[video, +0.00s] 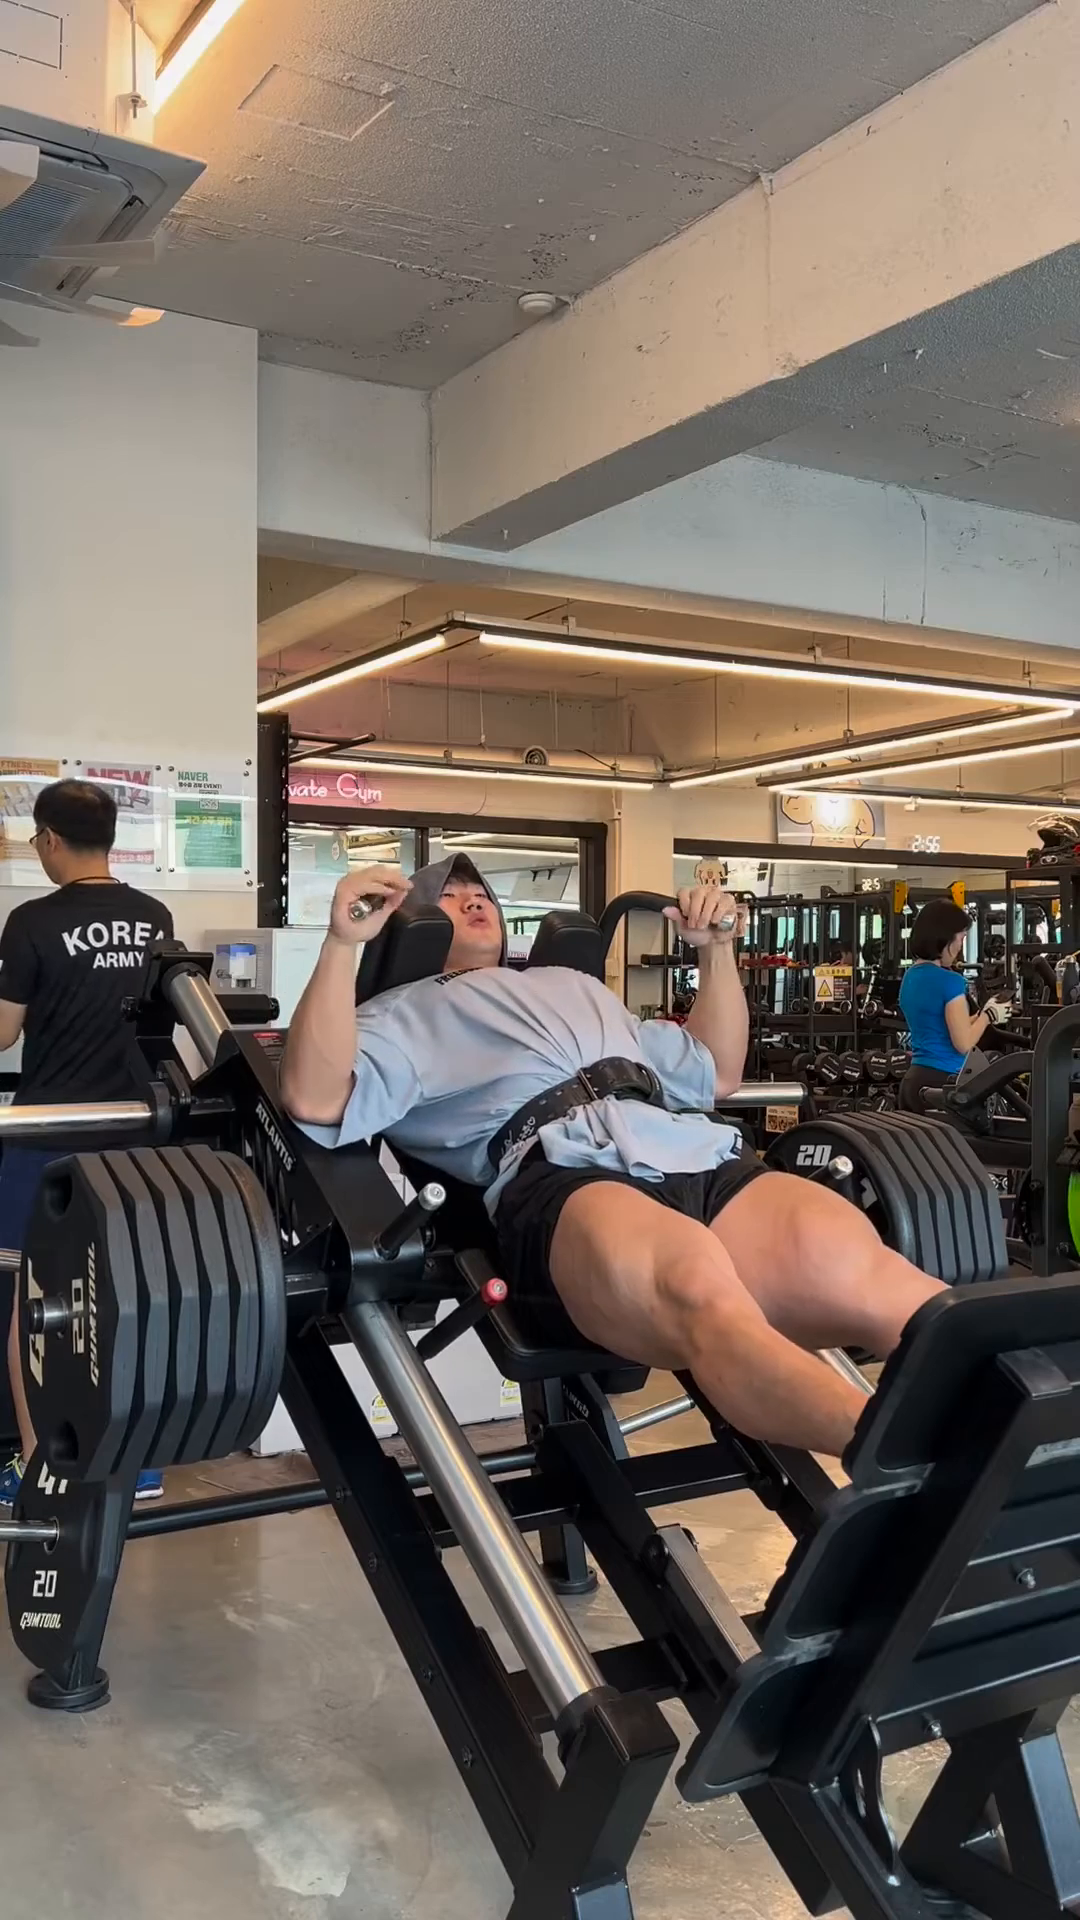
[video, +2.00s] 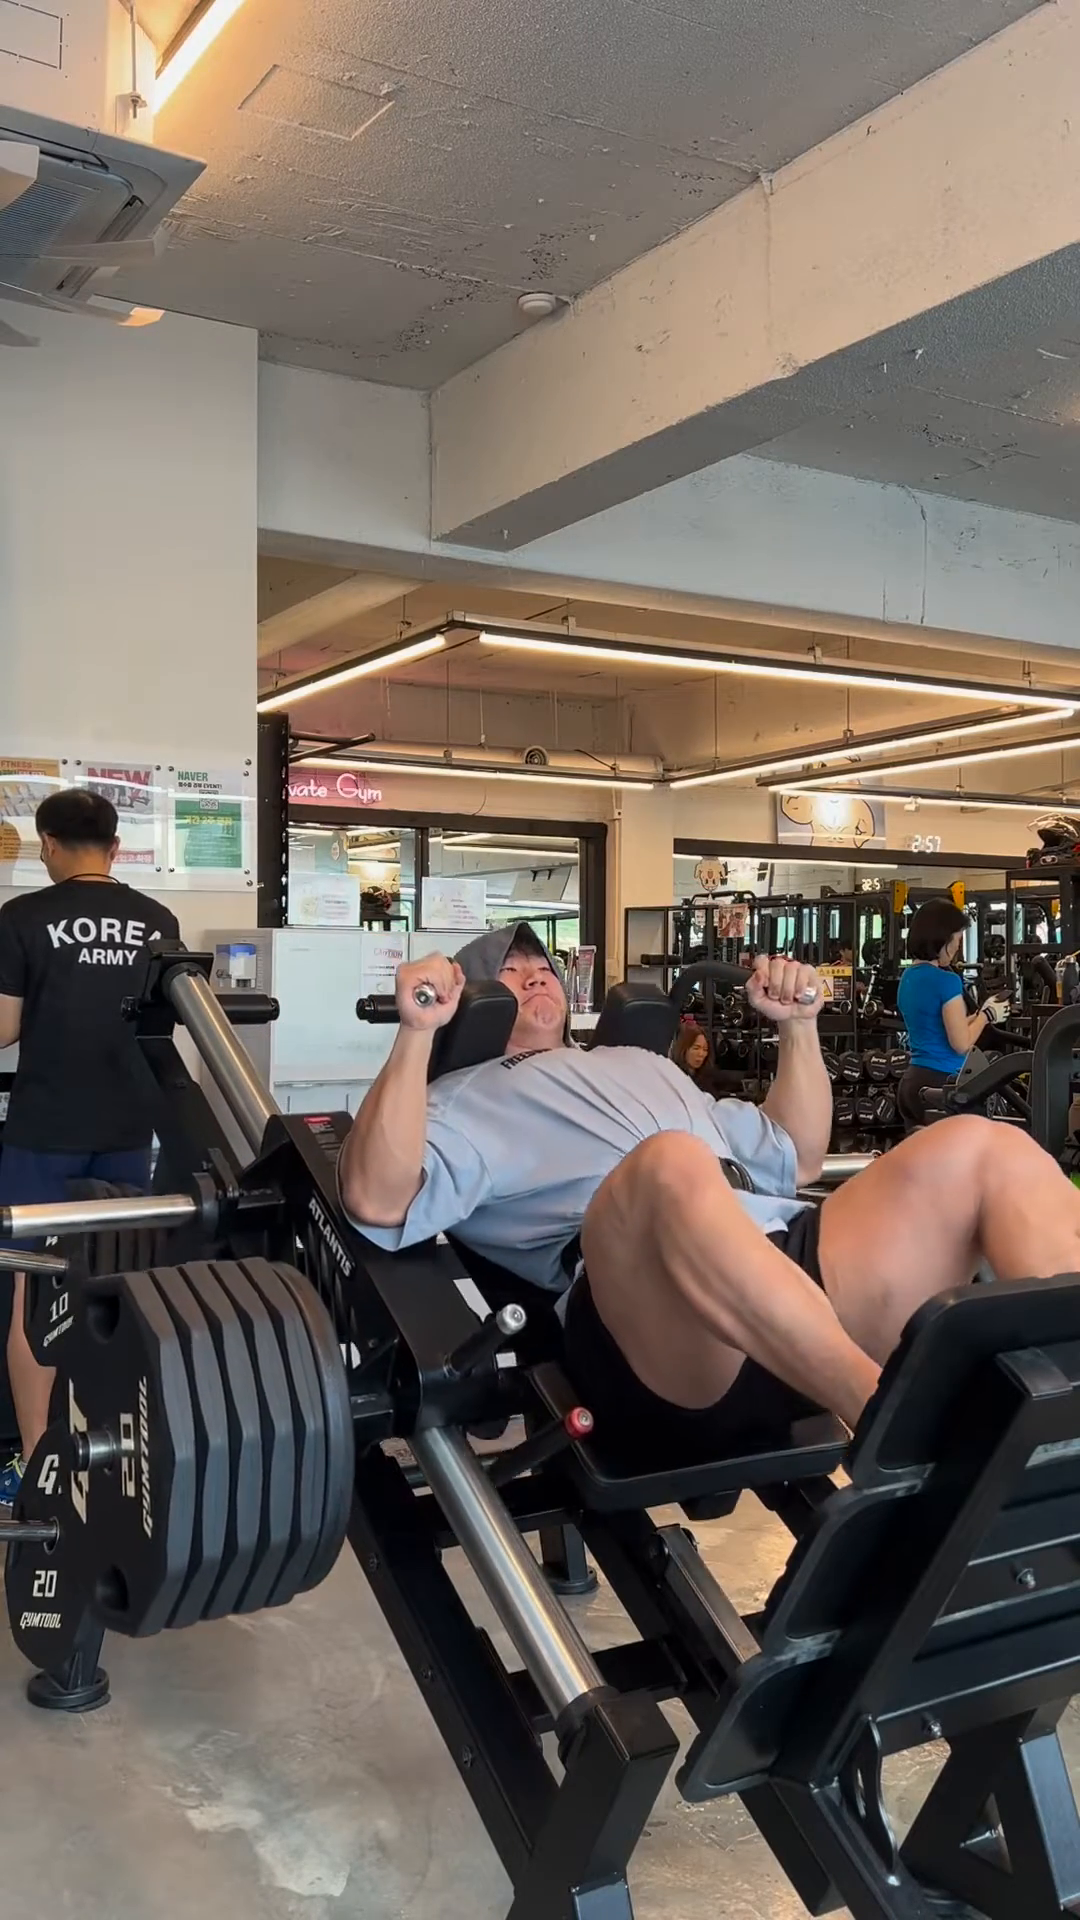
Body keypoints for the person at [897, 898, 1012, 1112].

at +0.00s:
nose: (961, 946)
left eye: (962, 939)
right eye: (960, 938)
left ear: (927, 935)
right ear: (945, 939)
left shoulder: (909, 978)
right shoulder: (950, 981)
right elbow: (963, 1043)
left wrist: (976, 1016)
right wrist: (990, 1015)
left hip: (915, 1076)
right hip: (948, 1081)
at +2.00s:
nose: (959, 947)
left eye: (960, 940)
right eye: (957, 940)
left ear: (923, 936)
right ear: (943, 940)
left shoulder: (907, 978)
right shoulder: (947, 981)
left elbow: (932, 1034)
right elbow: (961, 1044)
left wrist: (977, 1014)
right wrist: (987, 1015)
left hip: (913, 1079)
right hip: (946, 1084)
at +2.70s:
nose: (958, 947)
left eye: (959, 940)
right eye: (957, 940)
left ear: (923, 935)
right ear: (943, 940)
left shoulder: (907, 978)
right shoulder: (946, 981)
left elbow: (931, 1034)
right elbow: (961, 1043)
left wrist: (976, 1015)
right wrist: (986, 1015)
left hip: (914, 1077)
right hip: (945, 1082)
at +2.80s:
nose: (958, 947)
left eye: (959, 941)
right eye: (957, 940)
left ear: (923, 936)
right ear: (943, 941)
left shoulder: (907, 978)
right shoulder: (946, 981)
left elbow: (934, 1033)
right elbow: (961, 1043)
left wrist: (975, 1016)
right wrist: (987, 1015)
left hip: (917, 1074)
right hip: (947, 1079)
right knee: (997, 1058)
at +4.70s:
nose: (959, 946)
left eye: (960, 939)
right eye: (958, 939)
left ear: (924, 937)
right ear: (943, 941)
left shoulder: (909, 977)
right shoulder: (948, 981)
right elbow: (963, 1043)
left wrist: (980, 1012)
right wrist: (988, 1013)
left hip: (917, 1073)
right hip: (948, 1080)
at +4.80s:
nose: (958, 947)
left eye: (959, 941)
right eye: (957, 940)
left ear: (923, 936)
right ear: (944, 942)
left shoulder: (908, 978)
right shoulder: (947, 981)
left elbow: (932, 1032)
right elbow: (963, 1042)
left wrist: (976, 1013)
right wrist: (986, 1012)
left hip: (916, 1073)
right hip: (947, 1079)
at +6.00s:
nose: (958, 946)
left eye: (958, 939)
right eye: (957, 939)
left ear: (922, 935)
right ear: (942, 941)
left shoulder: (907, 978)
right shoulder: (946, 981)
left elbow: (929, 1032)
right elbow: (962, 1042)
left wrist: (973, 1016)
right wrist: (988, 1012)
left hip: (914, 1078)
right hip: (946, 1083)